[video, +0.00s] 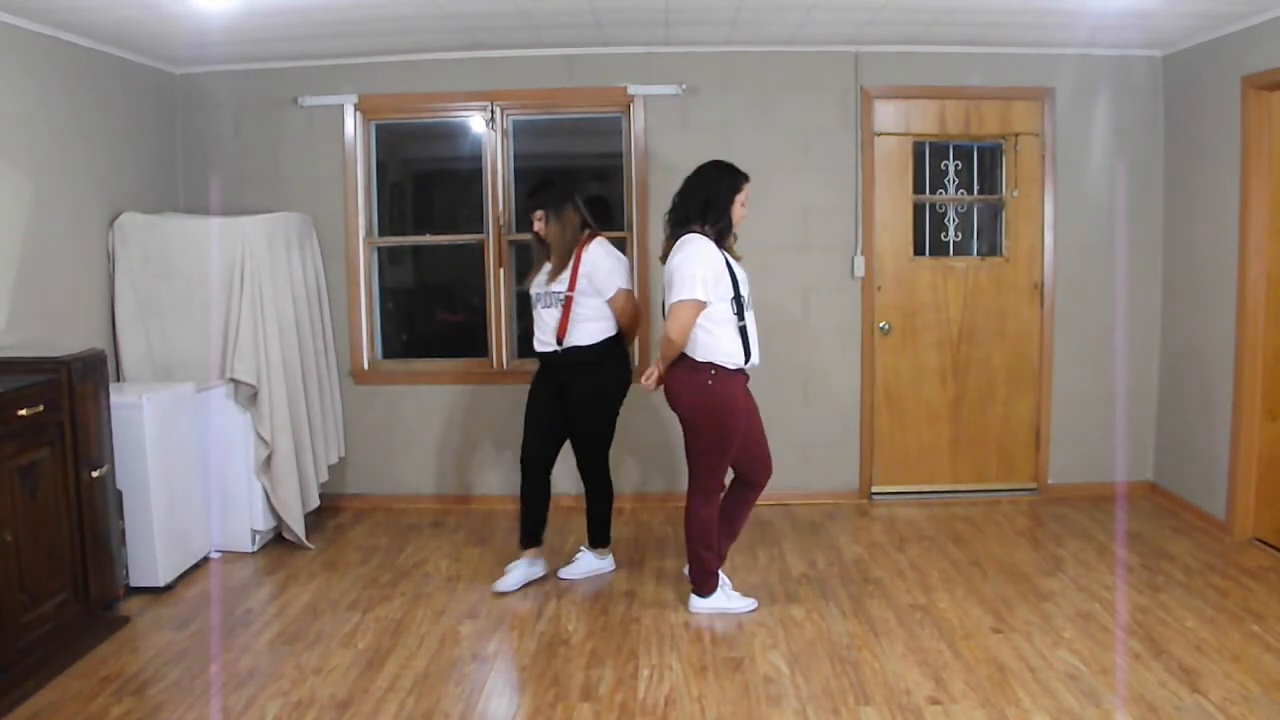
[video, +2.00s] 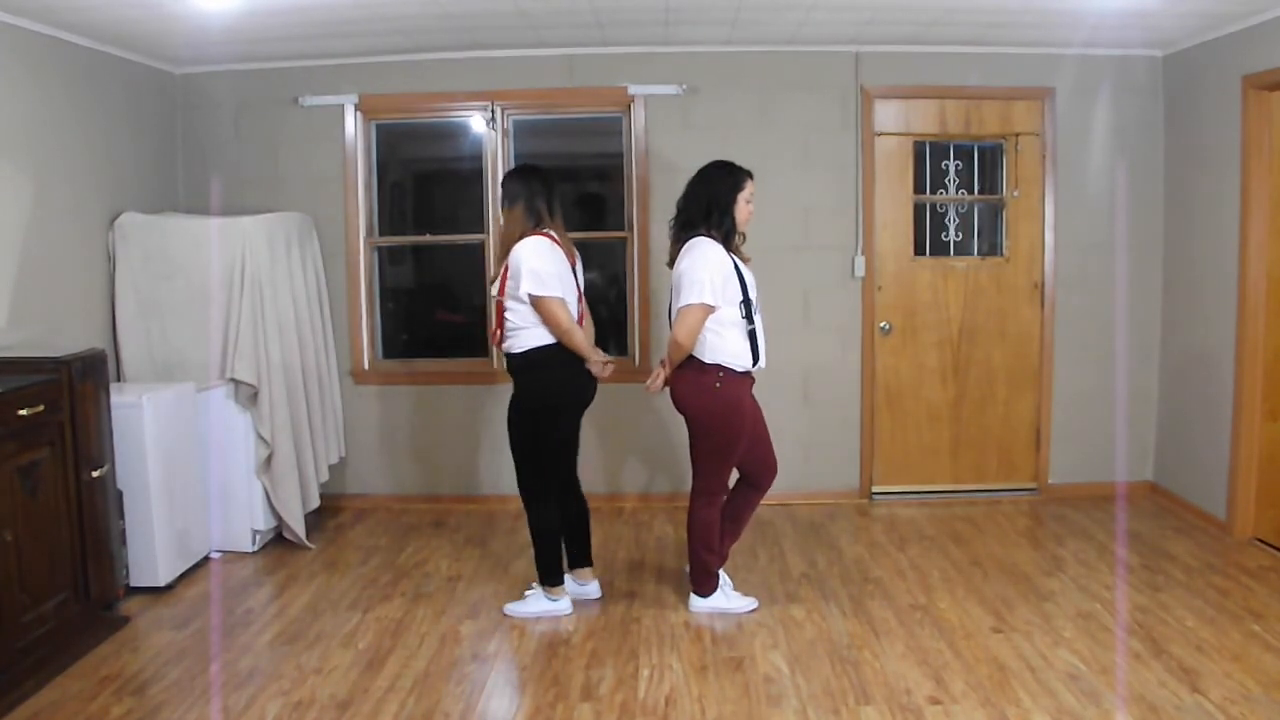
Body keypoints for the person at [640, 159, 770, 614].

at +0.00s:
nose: (746, 211)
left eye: (746, 202)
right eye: (742, 202)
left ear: (714, 201)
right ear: (721, 201)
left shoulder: (713, 249)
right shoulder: (695, 249)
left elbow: (687, 321)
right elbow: (677, 329)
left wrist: (662, 364)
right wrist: (661, 365)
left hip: (726, 378)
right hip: (704, 379)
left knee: (755, 471)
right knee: (707, 484)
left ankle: (707, 564)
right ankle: (705, 589)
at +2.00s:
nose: (752, 210)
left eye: (751, 200)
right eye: (747, 200)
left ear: (721, 201)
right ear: (725, 201)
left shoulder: (721, 251)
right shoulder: (704, 252)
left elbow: (691, 325)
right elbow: (684, 336)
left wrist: (667, 364)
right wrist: (666, 367)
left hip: (731, 382)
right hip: (711, 383)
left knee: (760, 472)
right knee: (710, 488)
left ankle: (710, 564)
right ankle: (705, 590)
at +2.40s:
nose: (769, 203)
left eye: (768, 195)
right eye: (763, 195)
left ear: (744, 201)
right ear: (738, 200)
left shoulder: (745, 252)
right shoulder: (716, 249)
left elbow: (721, 317)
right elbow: (669, 316)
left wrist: (688, 359)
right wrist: (679, 361)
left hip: (742, 383)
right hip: (719, 383)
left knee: (772, 473)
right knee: (716, 490)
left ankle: (715, 562)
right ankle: (705, 589)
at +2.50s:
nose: (773, 197)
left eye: (774, 191)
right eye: (763, 190)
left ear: (773, 202)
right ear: (738, 198)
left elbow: (746, 318)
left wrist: (755, 373)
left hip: (747, 384)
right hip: (722, 383)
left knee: (774, 475)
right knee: (721, 489)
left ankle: (715, 563)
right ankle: (705, 589)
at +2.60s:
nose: (776, 197)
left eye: (781, 192)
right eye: (765, 189)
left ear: (786, 206)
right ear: (743, 198)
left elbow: (777, 322)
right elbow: (669, 296)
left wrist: (794, 361)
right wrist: (694, 332)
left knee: (778, 477)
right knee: (734, 487)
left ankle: (716, 561)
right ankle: (706, 588)